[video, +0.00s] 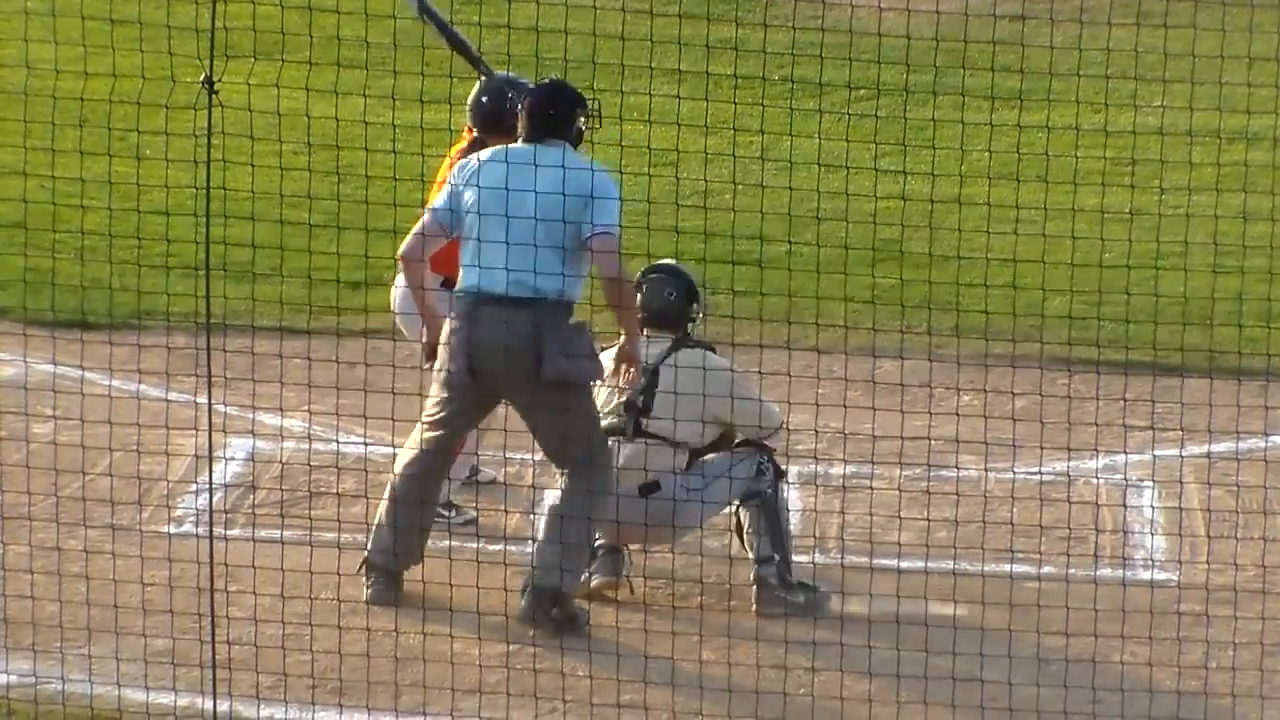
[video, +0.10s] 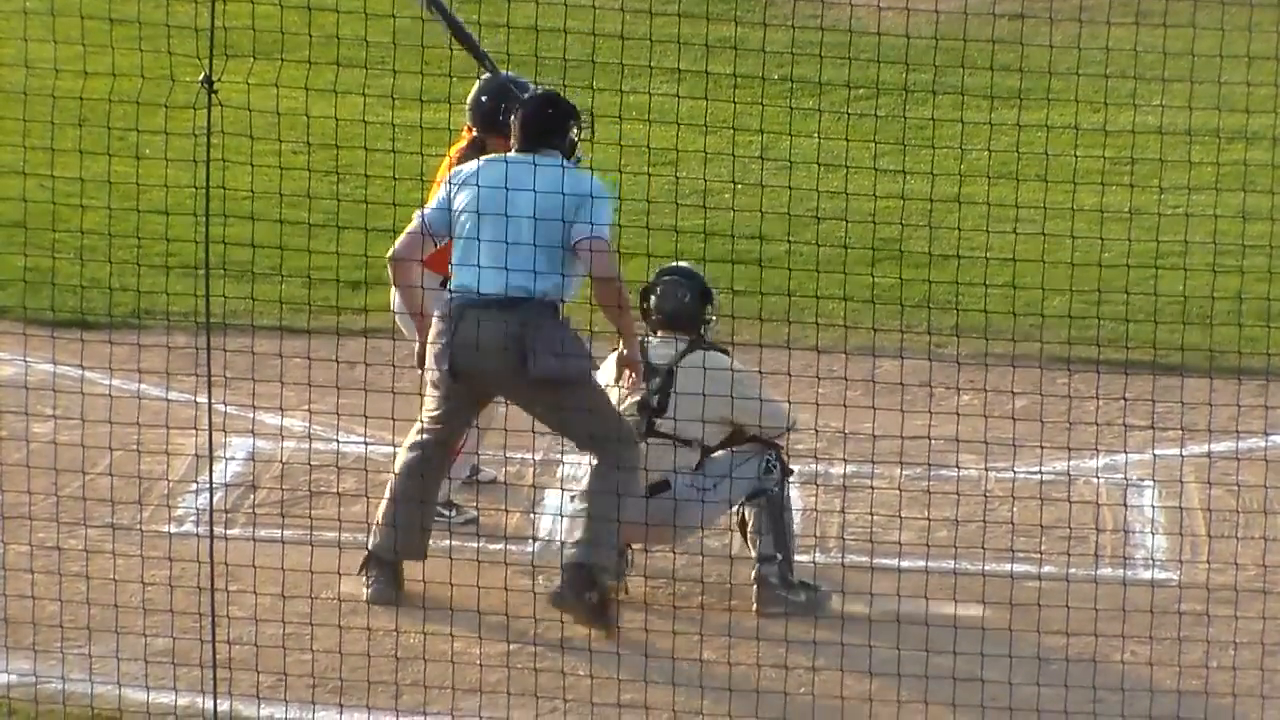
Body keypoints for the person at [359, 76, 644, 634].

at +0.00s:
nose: (586, 131)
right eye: (582, 125)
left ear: (521, 123)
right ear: (576, 128)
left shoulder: (478, 168)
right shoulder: (594, 179)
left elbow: (411, 254)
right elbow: (608, 268)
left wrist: (432, 324)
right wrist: (630, 339)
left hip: (470, 329)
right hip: (544, 337)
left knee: (431, 440)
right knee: (590, 465)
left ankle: (383, 570)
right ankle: (547, 591)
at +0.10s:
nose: (579, 147)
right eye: (576, 140)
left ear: (515, 136)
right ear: (569, 142)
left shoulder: (469, 177)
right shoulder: (584, 186)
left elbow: (404, 256)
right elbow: (600, 270)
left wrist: (429, 333)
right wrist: (630, 340)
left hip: (460, 332)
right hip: (535, 337)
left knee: (431, 437)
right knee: (617, 446)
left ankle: (383, 565)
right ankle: (586, 574)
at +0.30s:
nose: (589, 178)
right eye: (586, 171)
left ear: (527, 169)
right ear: (579, 174)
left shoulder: (483, 210)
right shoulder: (595, 218)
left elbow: (405, 278)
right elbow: (611, 300)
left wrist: (428, 352)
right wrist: (641, 375)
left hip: (462, 362)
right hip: (541, 367)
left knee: (437, 442)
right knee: (633, 466)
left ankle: (383, 562)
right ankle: (646, 604)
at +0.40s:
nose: (598, 209)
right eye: (595, 202)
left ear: (538, 197)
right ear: (590, 204)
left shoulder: (490, 237)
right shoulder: (603, 247)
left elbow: (405, 297)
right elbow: (625, 320)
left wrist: (435, 366)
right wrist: (645, 397)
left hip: (467, 389)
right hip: (547, 393)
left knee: (441, 450)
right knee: (652, 473)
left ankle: (383, 561)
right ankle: (648, 605)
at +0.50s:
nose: (604, 230)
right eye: (603, 224)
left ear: (546, 223)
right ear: (597, 228)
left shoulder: (498, 258)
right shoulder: (610, 271)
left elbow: (410, 308)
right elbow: (628, 339)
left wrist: (440, 376)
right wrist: (646, 413)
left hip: (469, 407)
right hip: (548, 412)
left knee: (442, 451)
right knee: (657, 473)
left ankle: (383, 563)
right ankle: (649, 605)